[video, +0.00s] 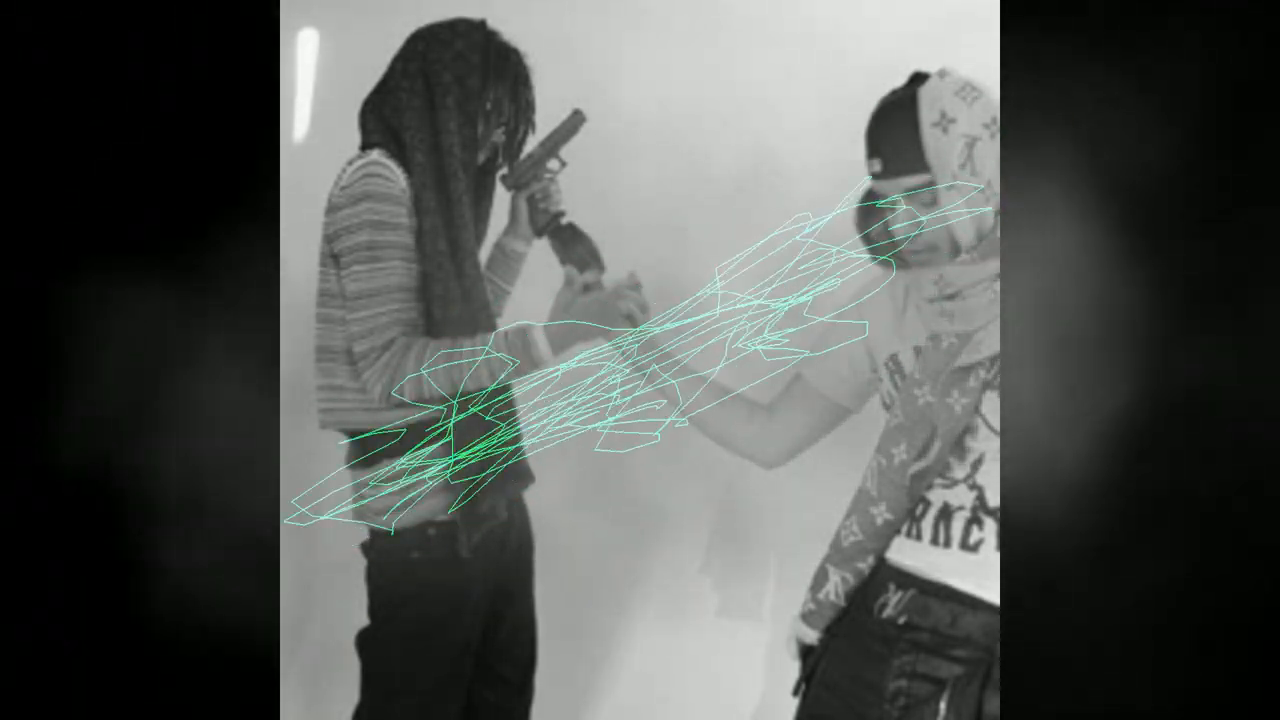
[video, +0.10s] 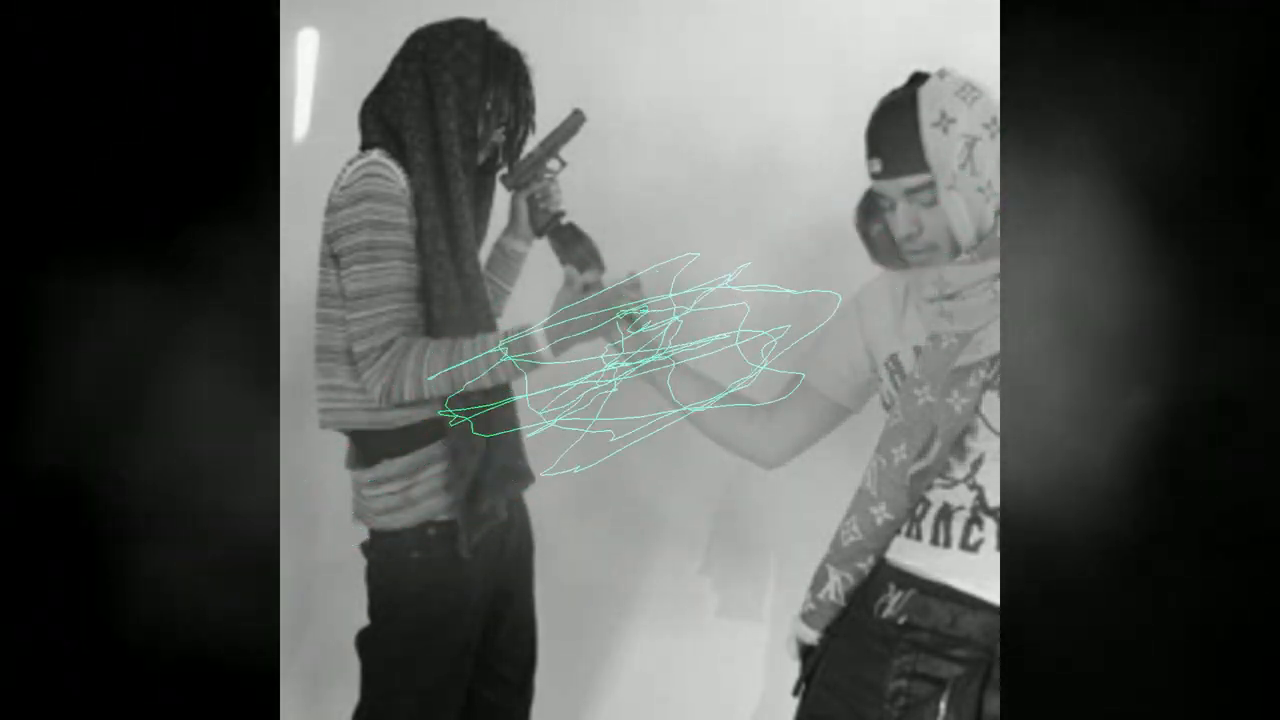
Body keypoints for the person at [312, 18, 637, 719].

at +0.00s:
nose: (499, 143)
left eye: (506, 125)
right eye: (493, 119)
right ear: (449, 107)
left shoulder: (426, 192)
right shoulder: (377, 182)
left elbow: (461, 333)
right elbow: (390, 369)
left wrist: (519, 234)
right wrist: (553, 337)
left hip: (489, 506)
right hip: (425, 520)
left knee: (499, 702)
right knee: (411, 705)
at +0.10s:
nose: (497, 142)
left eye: (505, 124)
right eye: (492, 119)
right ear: (449, 107)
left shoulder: (428, 191)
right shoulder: (377, 182)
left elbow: (463, 330)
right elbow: (387, 369)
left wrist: (518, 233)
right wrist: (552, 336)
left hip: (486, 500)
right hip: (422, 516)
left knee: (500, 699)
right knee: (411, 704)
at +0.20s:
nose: (499, 143)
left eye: (506, 125)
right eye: (493, 120)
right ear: (450, 107)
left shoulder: (427, 191)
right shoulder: (377, 182)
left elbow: (461, 333)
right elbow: (386, 368)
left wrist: (519, 234)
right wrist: (546, 342)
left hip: (488, 505)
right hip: (423, 522)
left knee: (499, 702)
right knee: (412, 706)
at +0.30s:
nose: (497, 144)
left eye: (504, 127)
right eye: (492, 121)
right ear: (449, 108)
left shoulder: (428, 191)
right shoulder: (377, 182)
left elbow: (465, 326)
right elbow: (381, 369)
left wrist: (521, 228)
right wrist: (549, 334)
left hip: (482, 474)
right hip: (419, 484)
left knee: (499, 692)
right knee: (416, 695)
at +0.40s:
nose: (497, 144)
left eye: (503, 125)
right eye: (490, 120)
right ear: (448, 108)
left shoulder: (429, 192)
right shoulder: (376, 182)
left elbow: (463, 334)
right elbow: (384, 367)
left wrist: (518, 234)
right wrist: (552, 339)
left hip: (492, 510)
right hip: (423, 526)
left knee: (500, 702)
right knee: (410, 706)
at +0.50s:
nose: (497, 144)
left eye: (504, 126)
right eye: (492, 119)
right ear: (448, 108)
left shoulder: (427, 191)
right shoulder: (377, 182)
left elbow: (463, 330)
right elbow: (387, 370)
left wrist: (519, 234)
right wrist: (550, 338)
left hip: (486, 493)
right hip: (420, 509)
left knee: (500, 701)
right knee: (411, 705)